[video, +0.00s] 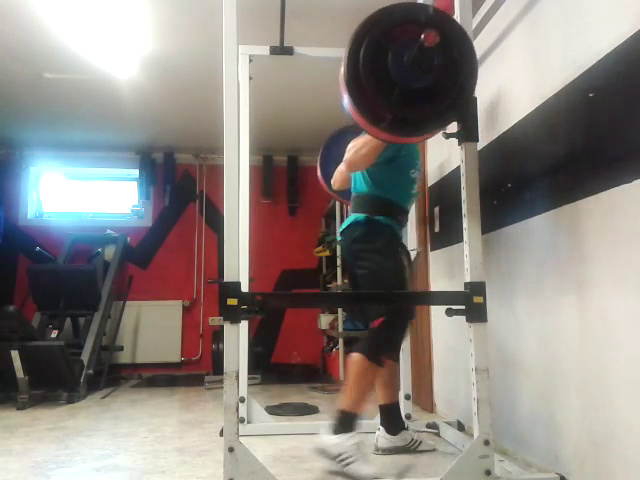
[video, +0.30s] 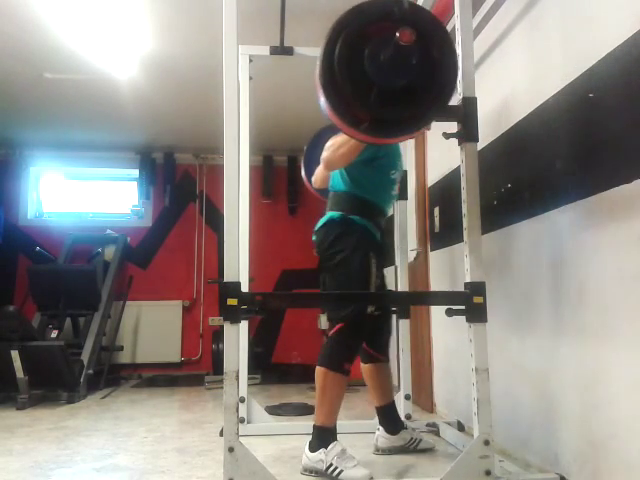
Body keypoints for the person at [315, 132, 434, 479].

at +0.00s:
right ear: (403, 102)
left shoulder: (399, 140)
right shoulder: (384, 132)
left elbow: (338, 181)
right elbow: (350, 162)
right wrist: (390, 127)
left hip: (380, 232)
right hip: (369, 230)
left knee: (388, 323)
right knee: (390, 316)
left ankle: (392, 430)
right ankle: (340, 432)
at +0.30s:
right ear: (383, 99)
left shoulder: (379, 137)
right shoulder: (365, 128)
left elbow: (320, 180)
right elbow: (330, 159)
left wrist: (312, 168)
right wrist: (370, 124)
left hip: (366, 236)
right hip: (345, 231)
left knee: (376, 330)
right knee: (346, 330)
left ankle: (392, 430)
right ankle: (321, 446)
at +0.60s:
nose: (403, 122)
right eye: (399, 115)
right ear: (381, 104)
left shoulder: (366, 136)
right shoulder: (353, 126)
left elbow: (300, 176)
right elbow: (310, 154)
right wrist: (353, 124)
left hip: (335, 231)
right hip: (320, 227)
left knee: (344, 326)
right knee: (330, 328)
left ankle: (340, 414)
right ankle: (320, 445)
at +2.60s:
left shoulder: (350, 139)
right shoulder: (334, 133)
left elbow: (285, 183)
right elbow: (296, 170)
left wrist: (298, 167)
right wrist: (338, 140)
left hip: (319, 232)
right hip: (309, 231)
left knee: (316, 331)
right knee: (316, 331)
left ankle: (315, 429)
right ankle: (319, 446)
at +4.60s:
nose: (374, 129)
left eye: (375, 122)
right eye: (370, 121)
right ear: (356, 117)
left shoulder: (346, 147)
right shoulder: (333, 137)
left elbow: (289, 187)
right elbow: (294, 169)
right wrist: (330, 132)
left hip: (316, 236)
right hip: (308, 234)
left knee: (313, 332)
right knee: (315, 332)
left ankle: (314, 429)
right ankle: (319, 446)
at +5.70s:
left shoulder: (355, 180)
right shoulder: (331, 176)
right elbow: (294, 221)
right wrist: (345, 190)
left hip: (300, 266)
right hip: (283, 264)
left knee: (335, 328)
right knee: (351, 325)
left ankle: (313, 422)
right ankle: (321, 446)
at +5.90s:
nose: (351, 166)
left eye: (356, 160)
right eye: (346, 160)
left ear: (367, 165)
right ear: (336, 164)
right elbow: (300, 245)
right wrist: (341, 206)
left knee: (340, 337)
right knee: (359, 337)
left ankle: (315, 427)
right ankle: (322, 448)